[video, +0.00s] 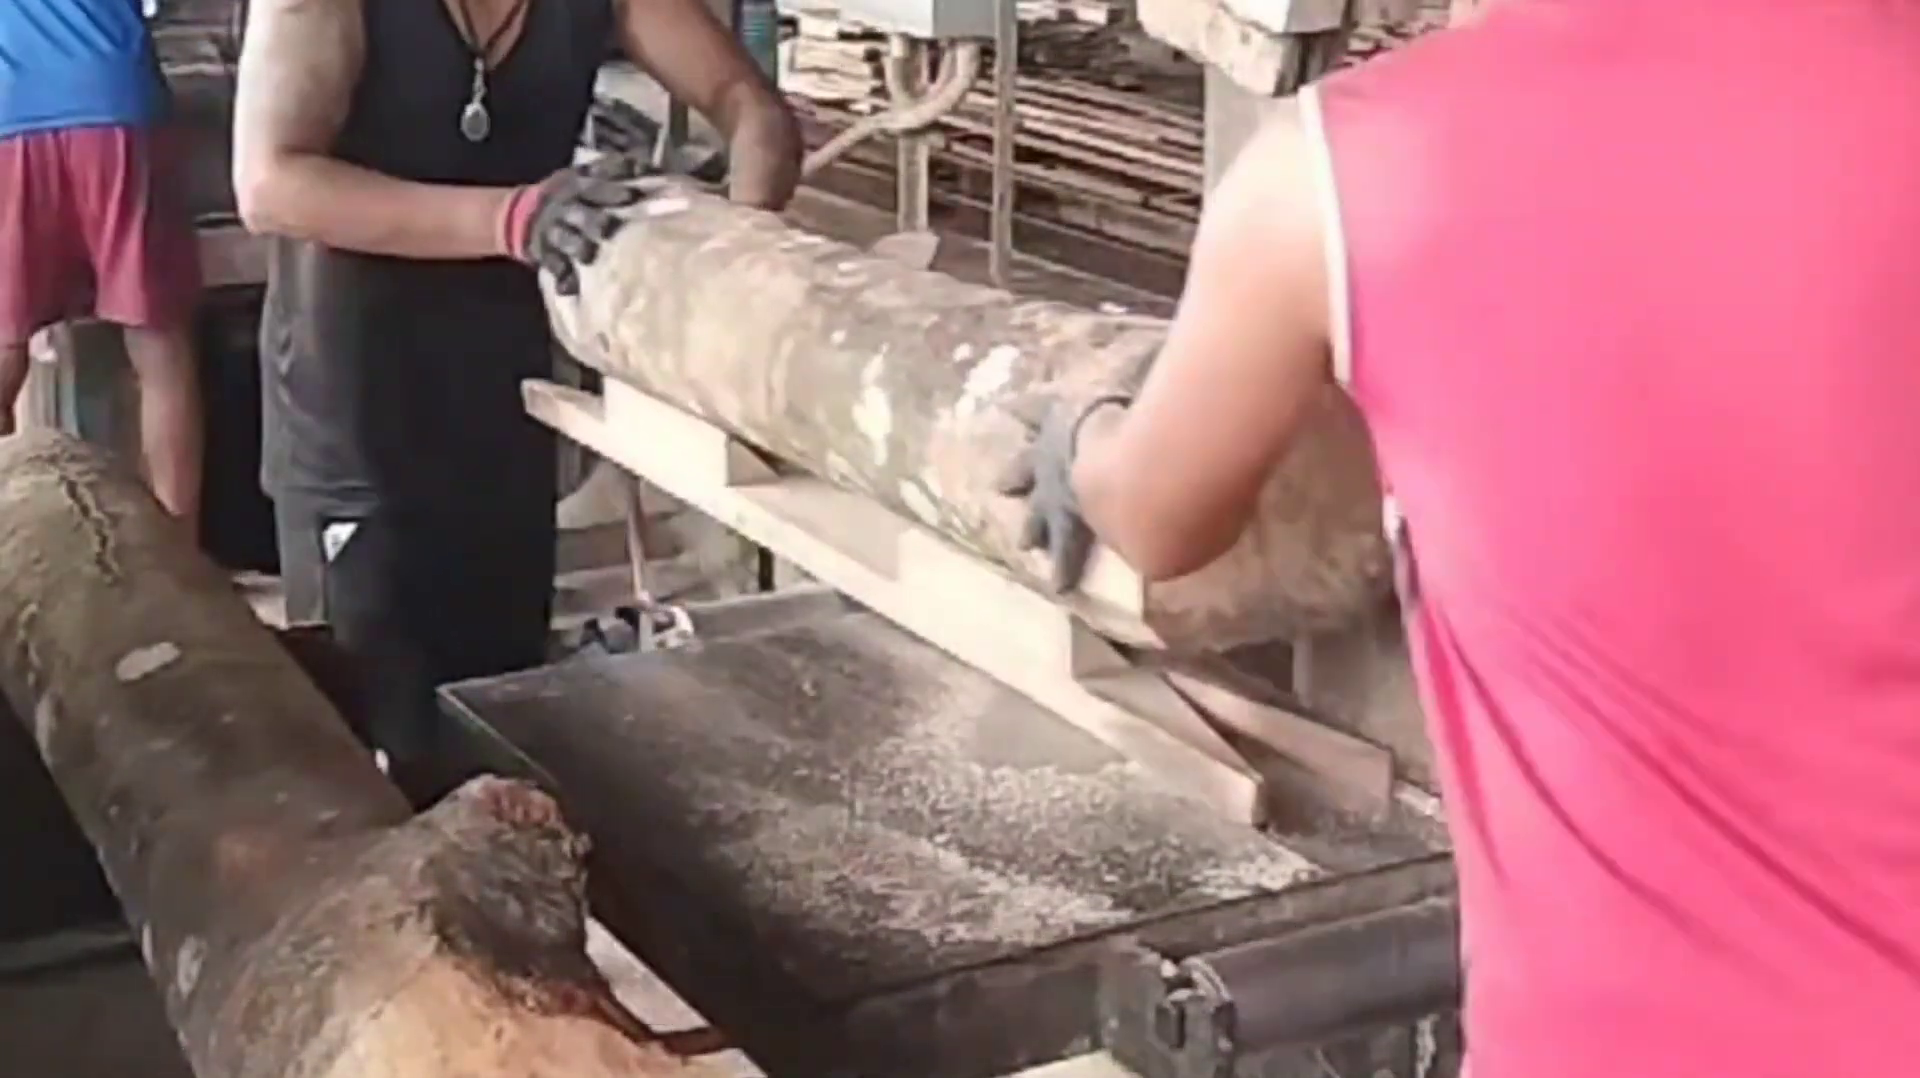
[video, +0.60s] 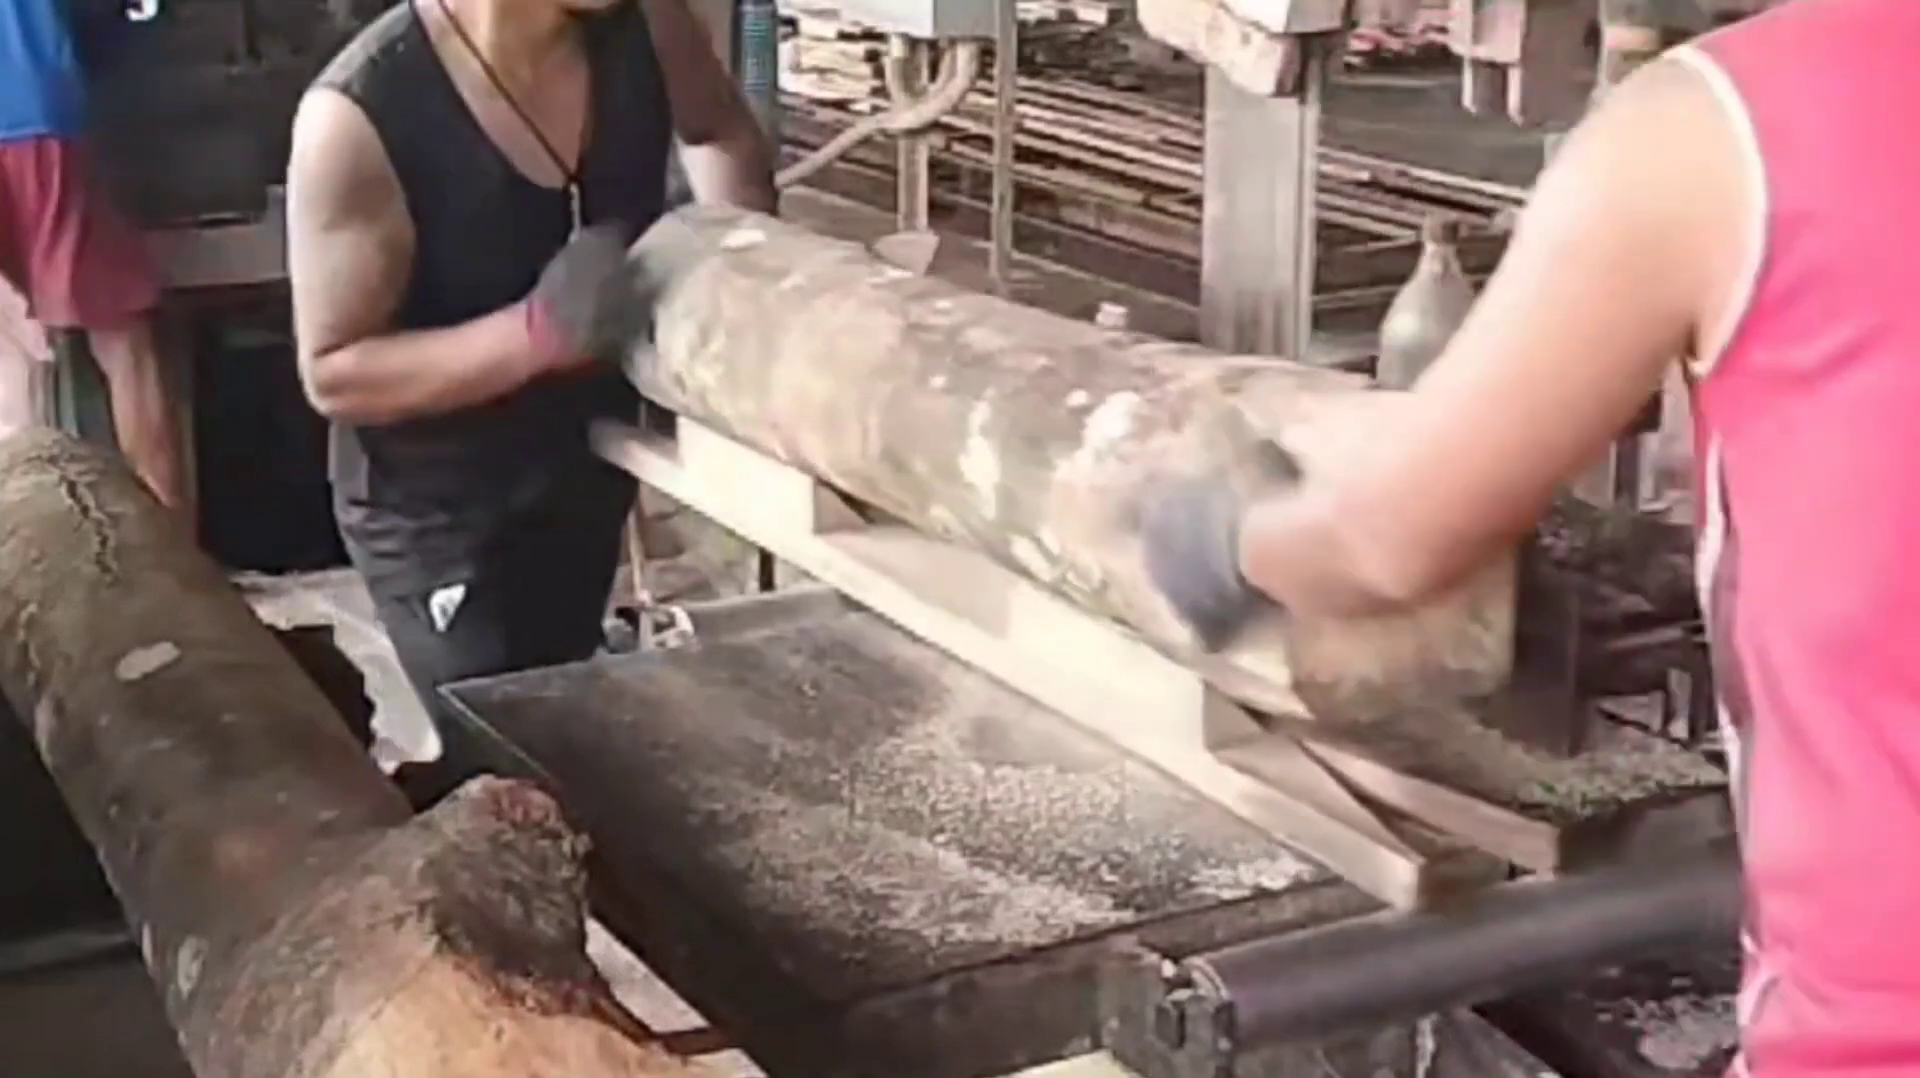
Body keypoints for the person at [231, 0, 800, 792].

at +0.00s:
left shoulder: (601, 6)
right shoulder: (321, 10)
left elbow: (757, 108)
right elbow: (271, 185)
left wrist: (738, 250)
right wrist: (509, 218)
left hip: (506, 436)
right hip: (354, 442)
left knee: (507, 741)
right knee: (389, 761)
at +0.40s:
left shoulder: (628, 9)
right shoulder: (336, 21)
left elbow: (736, 128)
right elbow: (307, 240)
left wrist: (693, 222)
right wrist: (496, 221)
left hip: (546, 400)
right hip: (398, 418)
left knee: (504, 691)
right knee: (452, 726)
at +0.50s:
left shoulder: (637, 13)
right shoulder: (351, 48)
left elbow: (741, 134)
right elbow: (347, 302)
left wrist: (729, 269)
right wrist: (535, 243)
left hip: (556, 426)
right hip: (409, 447)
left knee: (520, 702)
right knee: (465, 735)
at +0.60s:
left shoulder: (646, 23)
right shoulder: (358, 116)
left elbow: (720, 131)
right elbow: (335, 373)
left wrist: (739, 274)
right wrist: (535, 332)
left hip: (585, 473)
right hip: (435, 504)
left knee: (555, 727)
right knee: (503, 765)